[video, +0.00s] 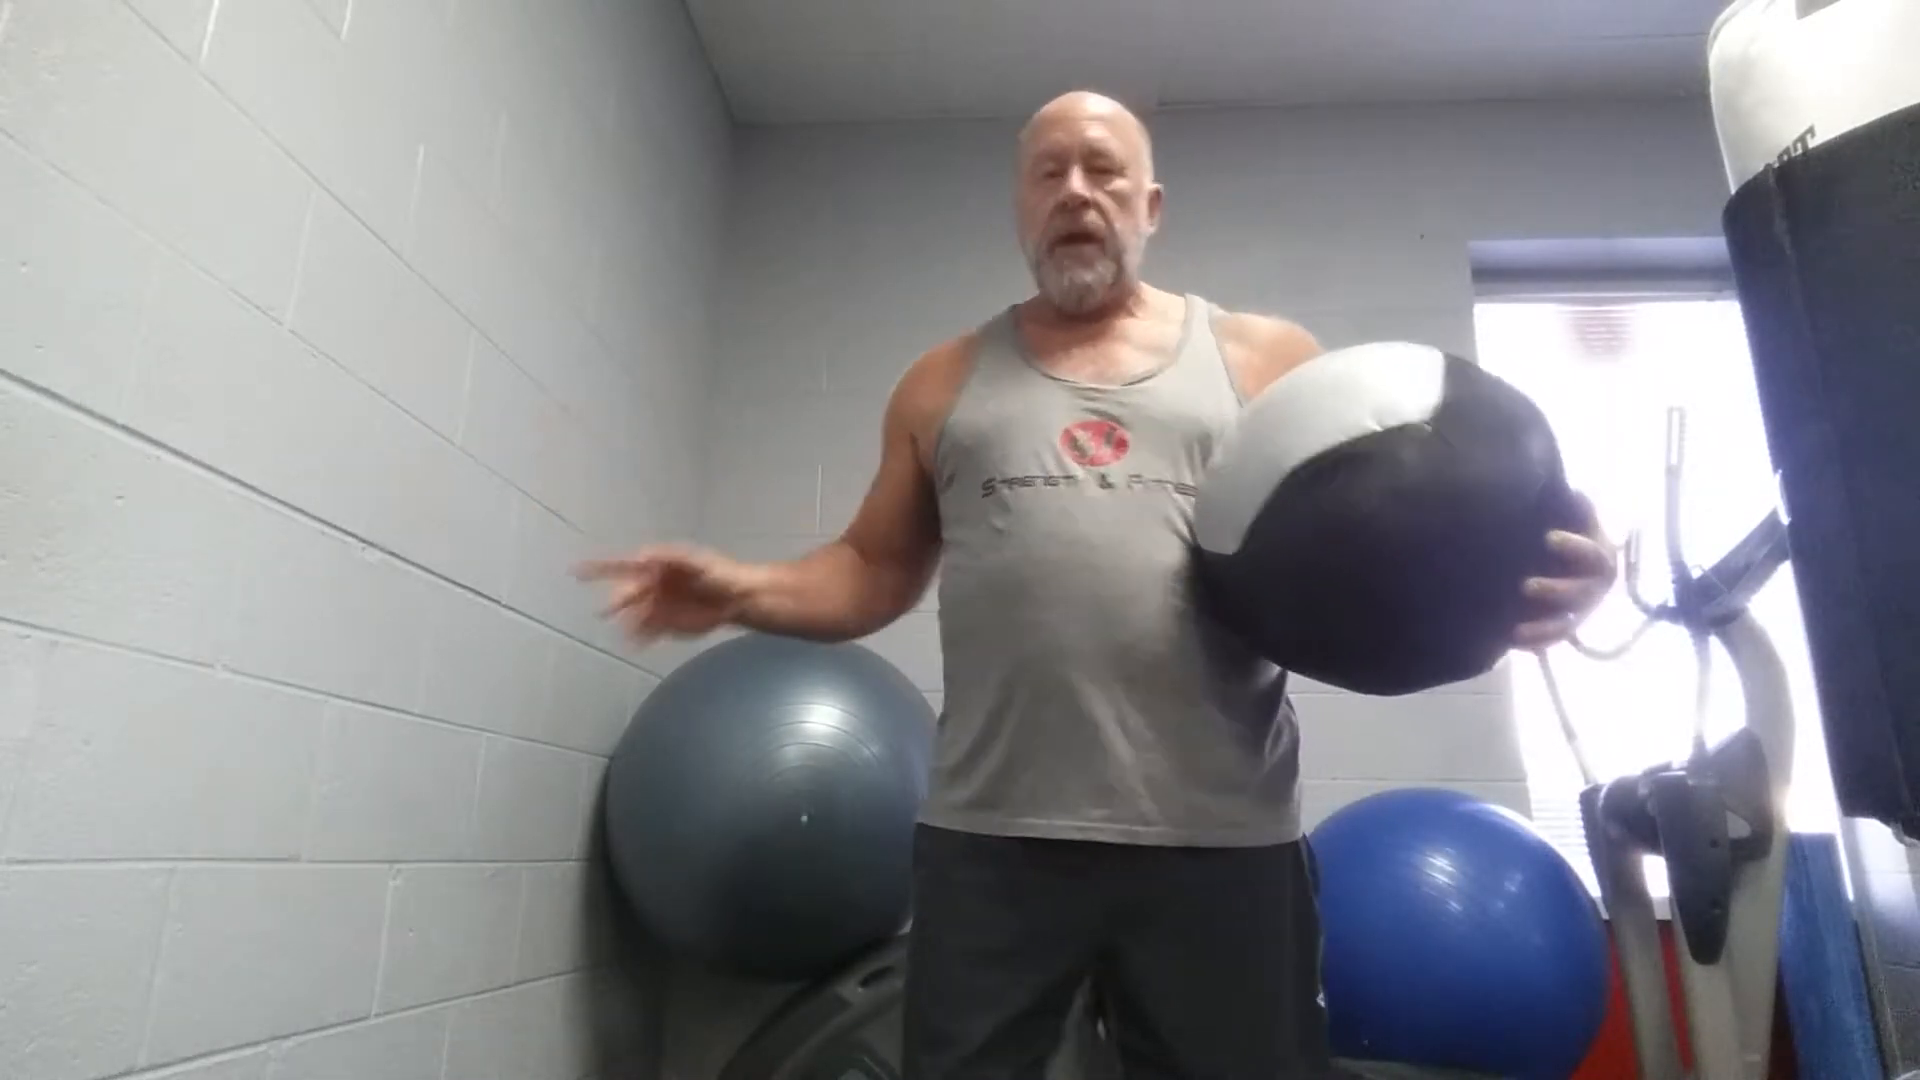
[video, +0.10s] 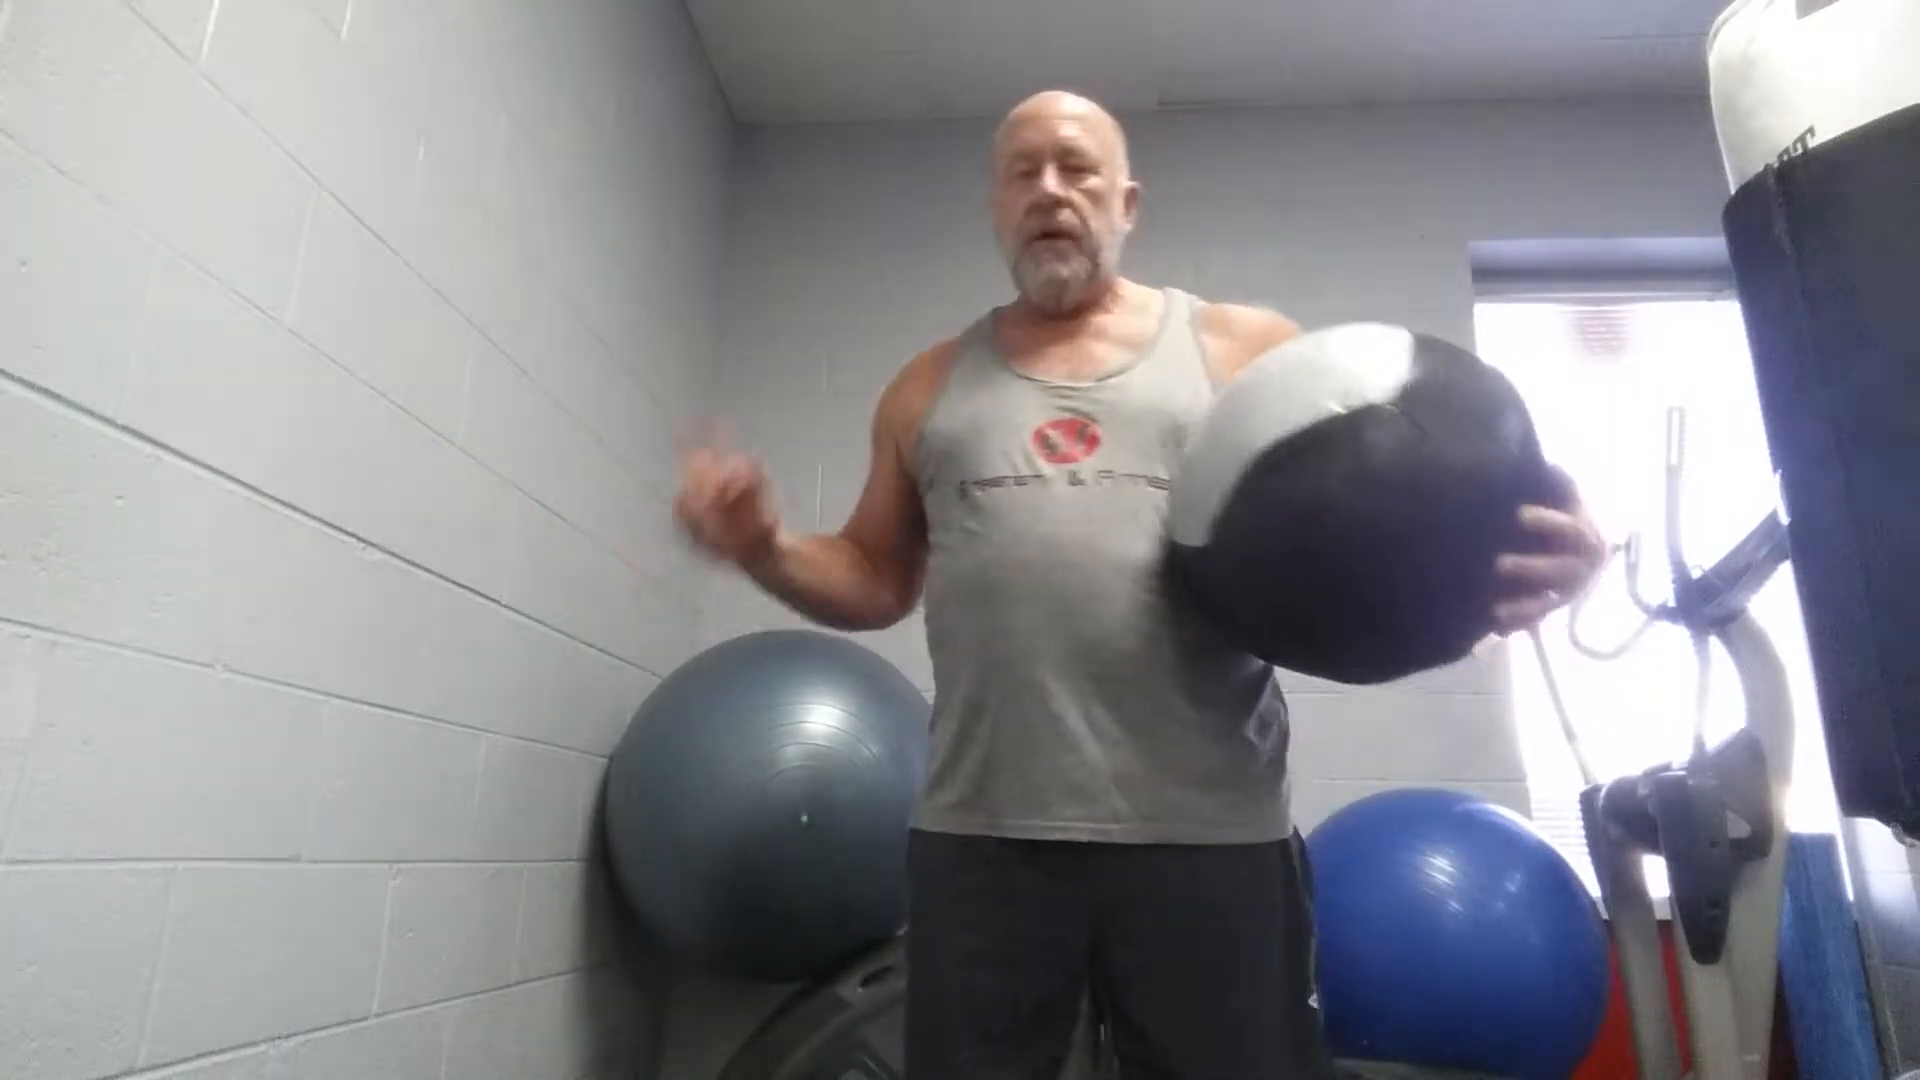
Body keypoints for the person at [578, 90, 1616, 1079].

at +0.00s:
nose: (1075, 191)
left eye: (1103, 169)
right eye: (1050, 170)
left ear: (1153, 205)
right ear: (1014, 206)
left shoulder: (1265, 358)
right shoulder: (943, 384)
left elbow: (1393, 534)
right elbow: (872, 570)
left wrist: (1546, 574)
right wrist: (746, 592)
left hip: (1224, 852)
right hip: (991, 848)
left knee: (1252, 1074)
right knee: (958, 1071)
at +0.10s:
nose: (1048, 190)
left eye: (1077, 170)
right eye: (1023, 172)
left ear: (1128, 204)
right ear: (992, 211)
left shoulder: (1244, 347)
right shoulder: (927, 390)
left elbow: (1392, 516)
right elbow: (876, 583)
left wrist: (1549, 557)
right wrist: (765, 550)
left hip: (1208, 841)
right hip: (983, 840)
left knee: (1246, 1070)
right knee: (966, 1069)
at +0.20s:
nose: (1026, 188)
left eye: (1054, 167)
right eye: (1000, 171)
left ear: (1105, 200)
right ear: (969, 210)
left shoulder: (1219, 333)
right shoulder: (912, 391)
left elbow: (1384, 483)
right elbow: (859, 585)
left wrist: (1536, 535)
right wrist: (756, 522)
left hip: (1187, 845)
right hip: (968, 845)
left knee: (1217, 1068)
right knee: (955, 1071)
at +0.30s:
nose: (1008, 190)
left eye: (1036, 167)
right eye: (982, 170)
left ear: (1088, 197)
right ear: (955, 207)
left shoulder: (1203, 335)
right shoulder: (900, 394)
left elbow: (1363, 475)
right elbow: (834, 583)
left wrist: (1507, 530)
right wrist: (740, 539)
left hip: (1173, 854)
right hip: (954, 859)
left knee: (1192, 1066)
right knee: (937, 1066)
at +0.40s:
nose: (997, 185)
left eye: (1026, 163)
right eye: (970, 166)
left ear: (1076, 201)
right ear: (941, 207)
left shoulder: (1180, 335)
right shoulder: (890, 400)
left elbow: (1347, 447)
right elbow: (829, 588)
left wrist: (1462, 524)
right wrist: (753, 563)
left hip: (1151, 858)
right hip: (941, 868)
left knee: (1157, 1075)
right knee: (931, 1077)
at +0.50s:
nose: (988, 177)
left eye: (1018, 157)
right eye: (961, 159)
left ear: (1068, 196)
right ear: (932, 198)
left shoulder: (1164, 325)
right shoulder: (882, 394)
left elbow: (1371, 458)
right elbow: (837, 584)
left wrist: (1409, 551)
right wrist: (774, 582)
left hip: (1133, 825)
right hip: (938, 843)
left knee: (1104, 1062)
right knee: (947, 1066)